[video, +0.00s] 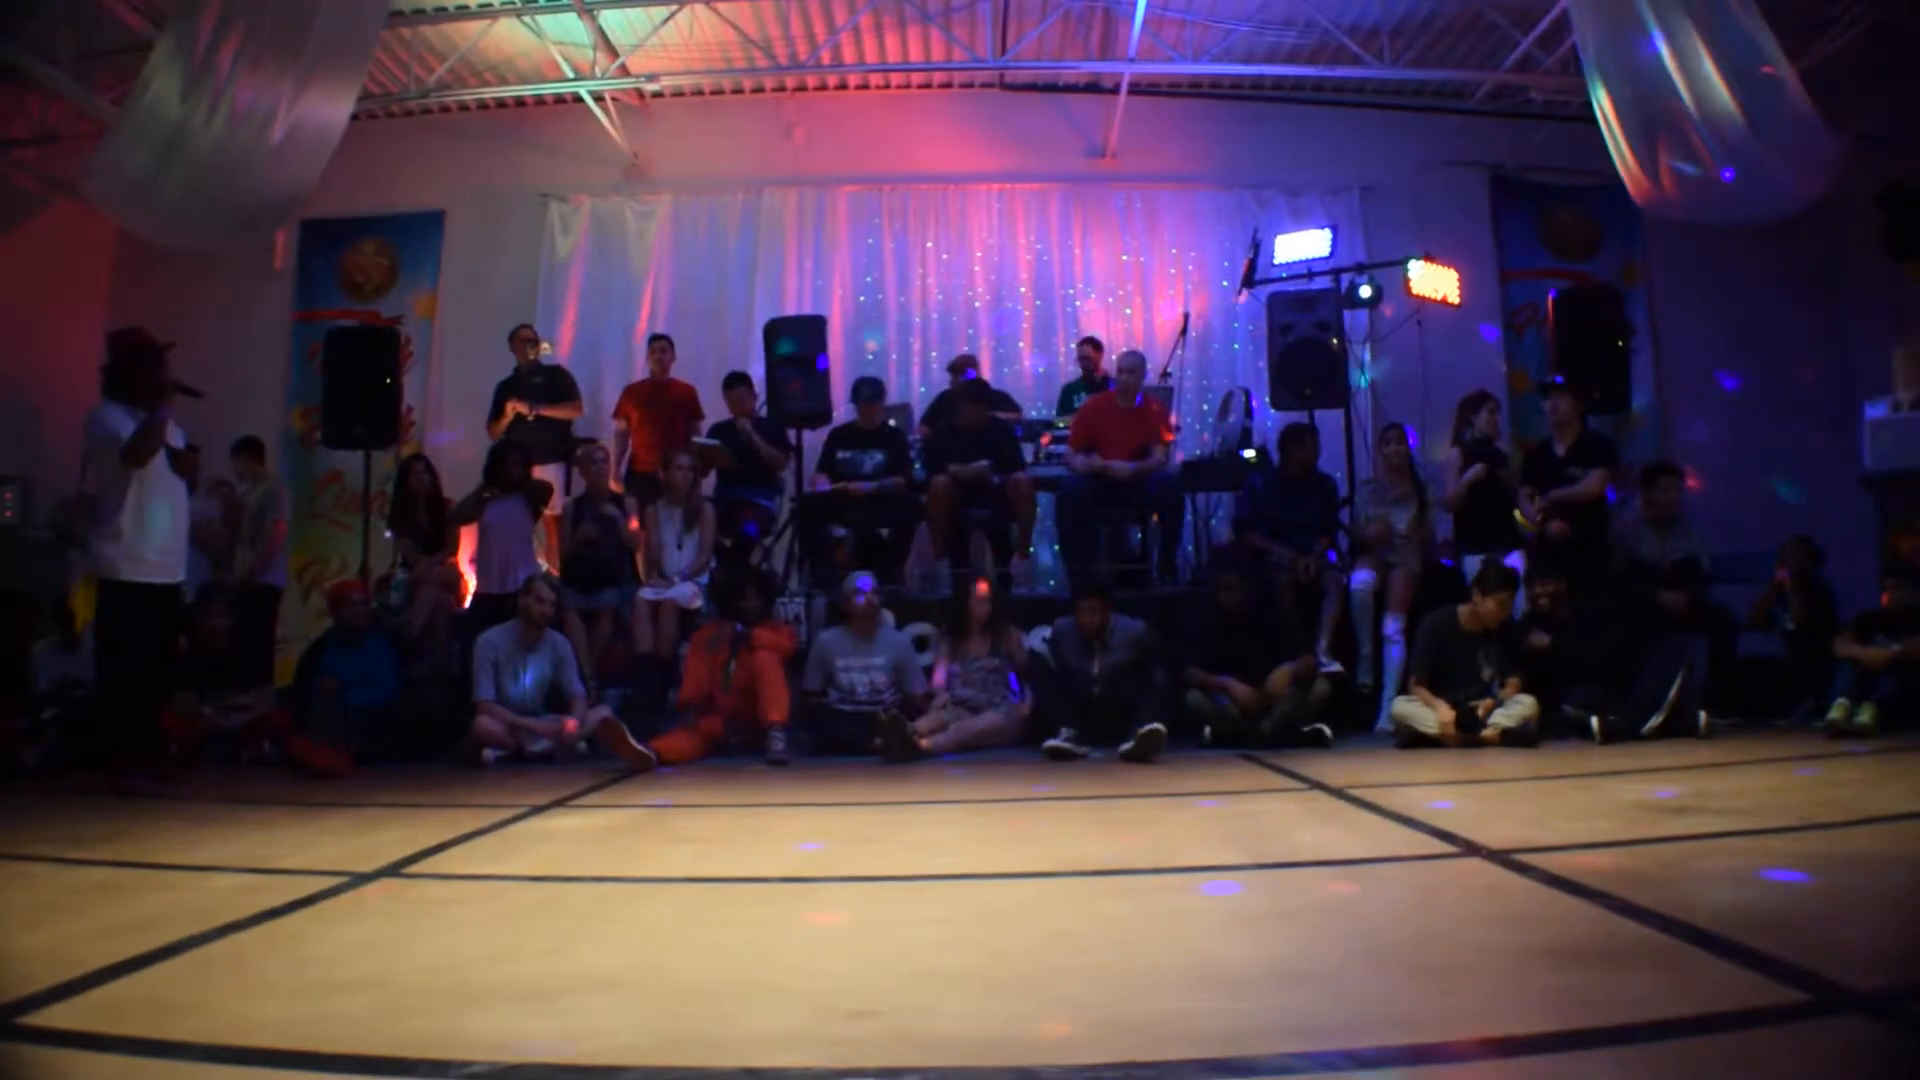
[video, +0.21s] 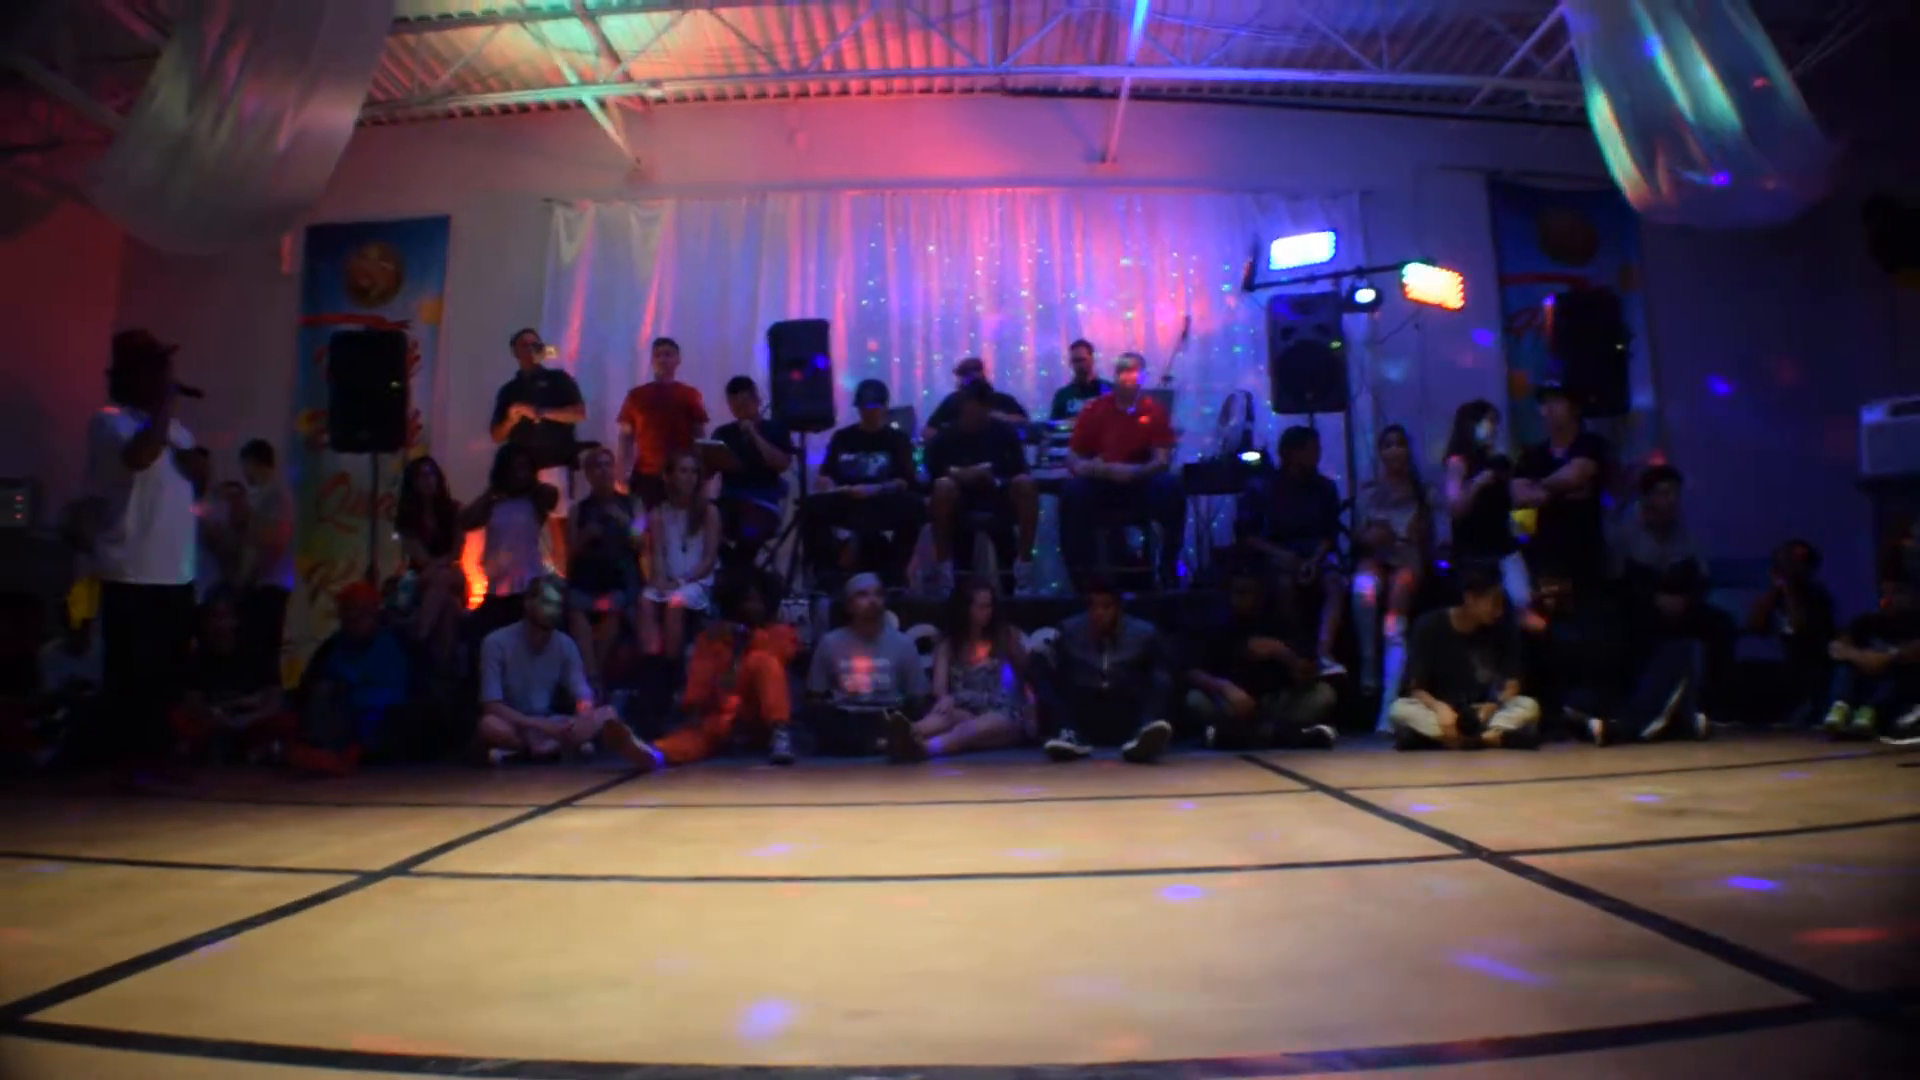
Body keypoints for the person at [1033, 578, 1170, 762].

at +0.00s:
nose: (1087, 620)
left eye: (1094, 613)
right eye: (1082, 613)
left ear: (1106, 613)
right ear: (1075, 614)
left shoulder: (1134, 632)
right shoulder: (1062, 631)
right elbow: (1063, 672)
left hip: (1122, 711)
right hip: (1080, 712)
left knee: (1151, 677)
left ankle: (1138, 735)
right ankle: (1067, 733)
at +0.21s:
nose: (1099, 614)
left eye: (1106, 607)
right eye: (1094, 607)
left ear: (1118, 608)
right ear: (1088, 608)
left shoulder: (1143, 633)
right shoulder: (1071, 631)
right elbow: (1064, 673)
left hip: (1128, 711)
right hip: (1084, 711)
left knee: (1158, 679)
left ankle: (1142, 737)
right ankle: (1067, 734)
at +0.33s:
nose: (1131, 607)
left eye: (1138, 600)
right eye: (1125, 600)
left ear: (1148, 603)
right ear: (1118, 603)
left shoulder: (1171, 631)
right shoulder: (1101, 626)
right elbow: (1088, 663)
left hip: (1151, 702)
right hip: (1106, 700)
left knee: (1182, 677)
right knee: (1074, 673)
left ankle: (1163, 737)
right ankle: (1091, 733)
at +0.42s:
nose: (1134, 604)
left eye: (1141, 597)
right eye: (1129, 597)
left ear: (1151, 601)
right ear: (1121, 601)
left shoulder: (1173, 631)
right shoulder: (1101, 624)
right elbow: (1086, 663)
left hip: (1151, 704)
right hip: (1106, 702)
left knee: (1180, 676)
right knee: (1074, 672)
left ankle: (1163, 737)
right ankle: (1092, 733)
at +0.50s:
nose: (1135, 600)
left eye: (1142, 594)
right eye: (1129, 594)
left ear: (1151, 598)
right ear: (1120, 598)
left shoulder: (1173, 633)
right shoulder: (1100, 623)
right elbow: (1083, 663)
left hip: (1148, 703)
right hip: (1104, 701)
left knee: (1177, 678)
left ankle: (1158, 736)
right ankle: (1089, 732)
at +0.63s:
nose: (1149, 597)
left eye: (1154, 590)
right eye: (1143, 590)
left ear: (1160, 595)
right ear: (1129, 595)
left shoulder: (1179, 634)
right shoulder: (1105, 625)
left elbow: (1184, 673)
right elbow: (1088, 662)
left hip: (1155, 699)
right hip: (1111, 697)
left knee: (1179, 680)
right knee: (1082, 673)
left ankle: (1161, 737)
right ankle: (1095, 732)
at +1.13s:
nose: (1146, 597)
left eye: (1148, 591)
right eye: (1139, 591)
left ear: (1153, 594)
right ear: (1122, 597)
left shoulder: (1169, 628)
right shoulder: (1101, 630)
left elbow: (1190, 660)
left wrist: (1168, 645)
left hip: (1152, 699)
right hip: (1113, 699)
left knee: (1177, 671)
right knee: (1090, 668)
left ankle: (1159, 736)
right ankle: (1098, 732)